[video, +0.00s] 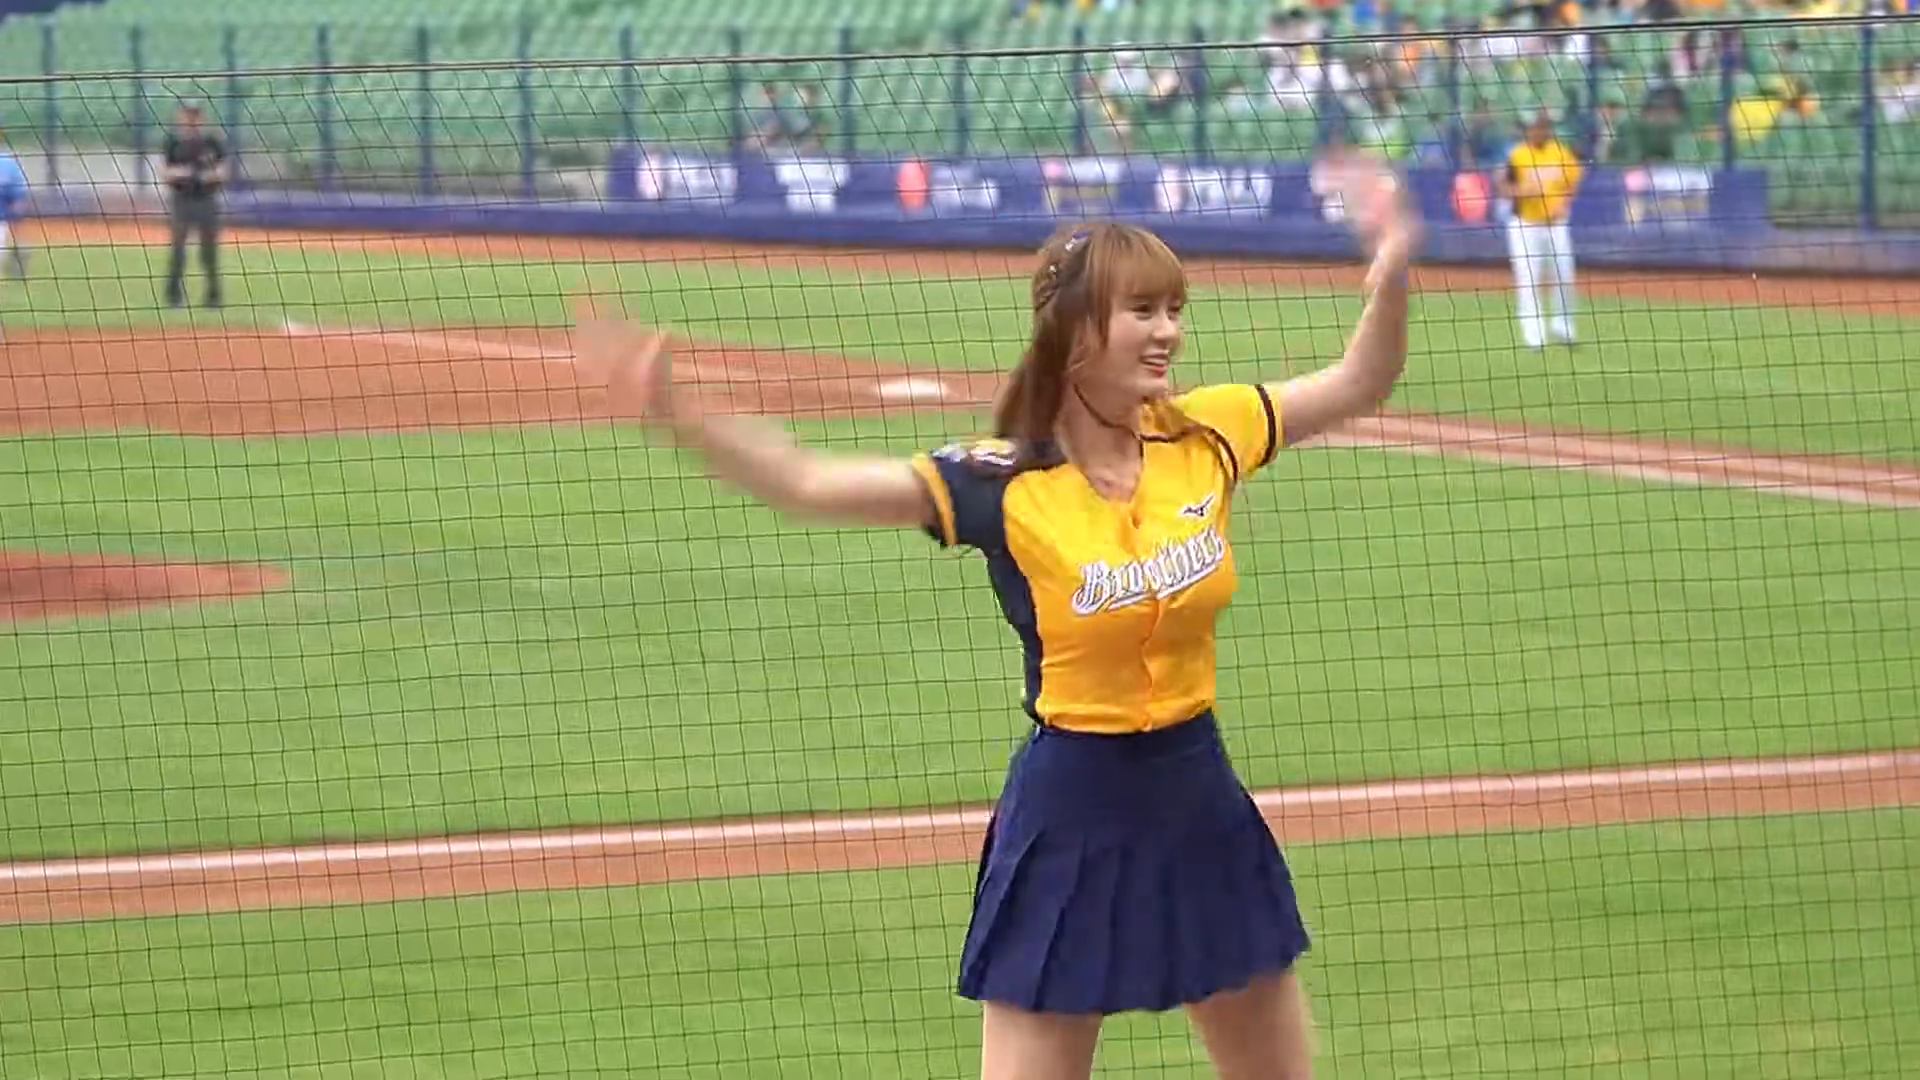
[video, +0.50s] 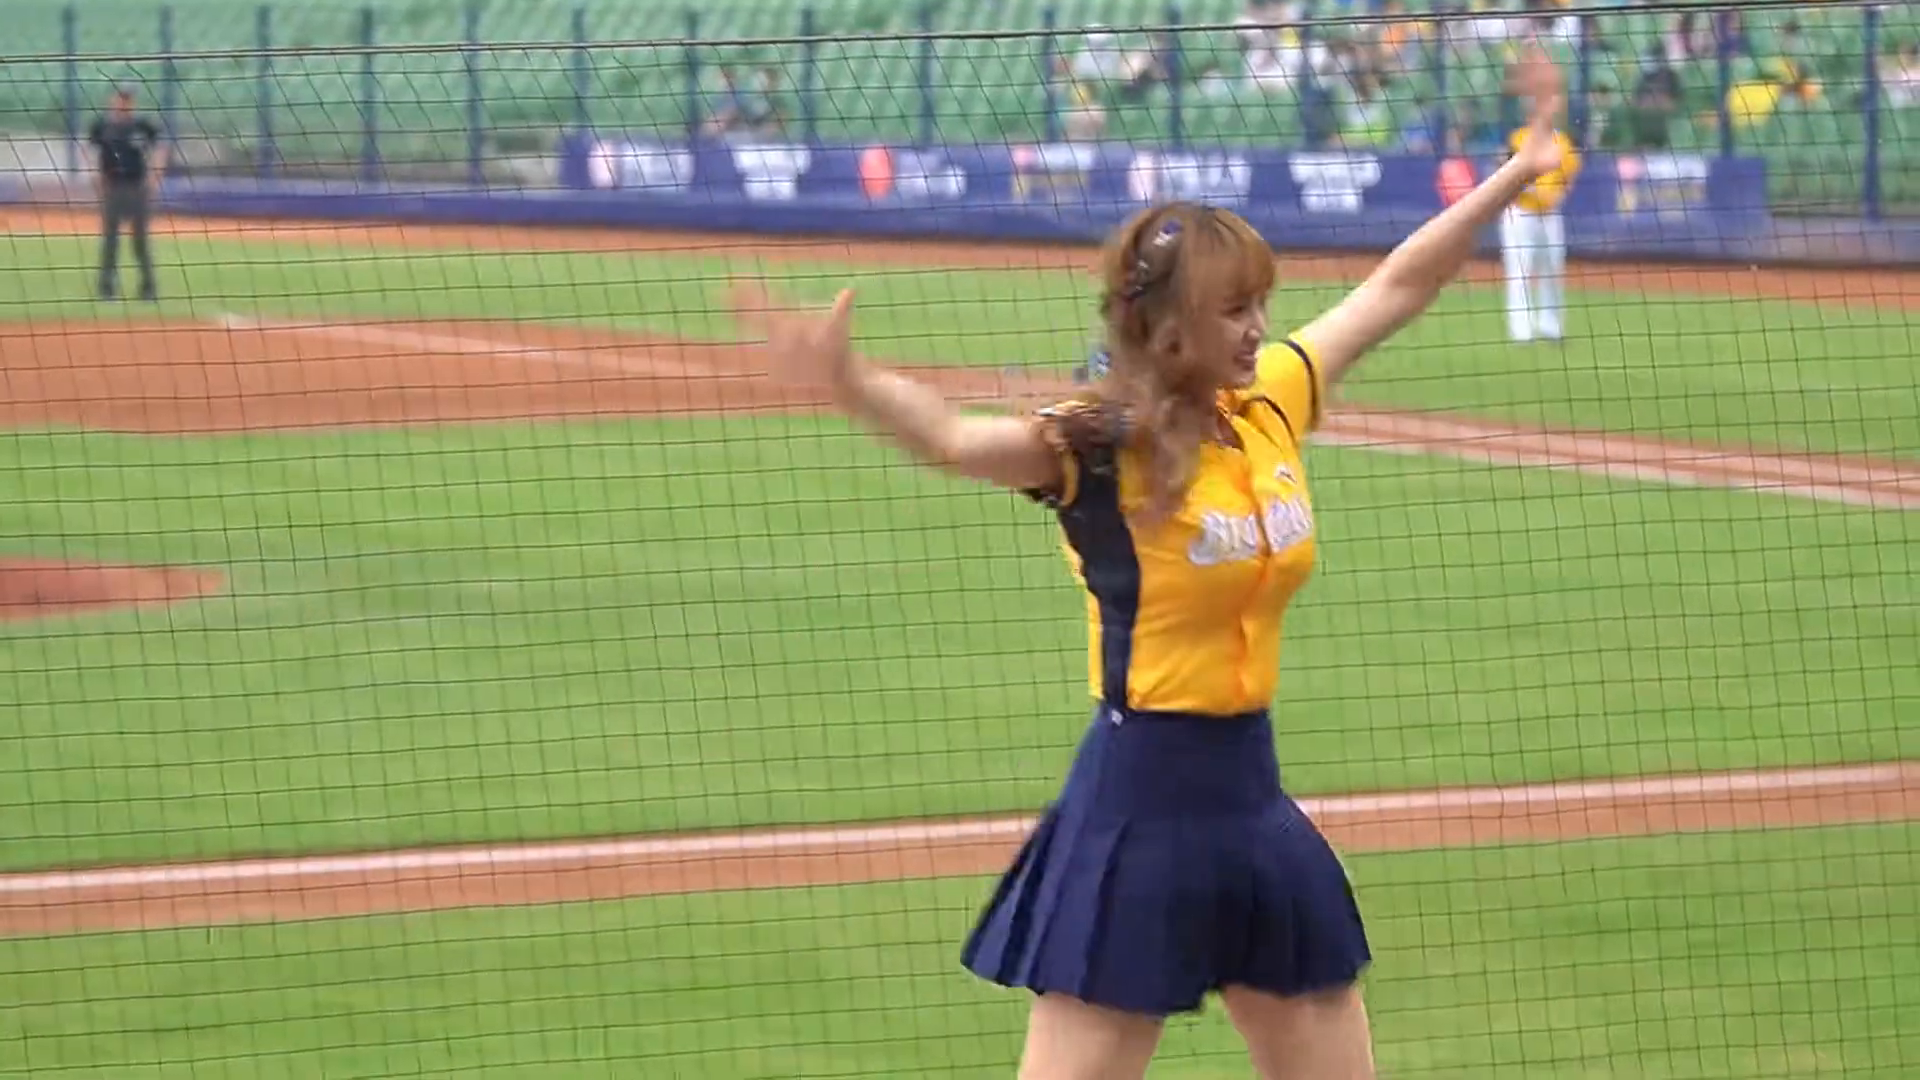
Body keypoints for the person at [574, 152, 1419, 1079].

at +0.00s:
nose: (1169, 332)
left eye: (1174, 310)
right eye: (1145, 309)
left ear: (1173, 328)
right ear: (1073, 325)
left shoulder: (1206, 433)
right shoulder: (998, 482)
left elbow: (1360, 384)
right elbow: (805, 483)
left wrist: (1391, 276)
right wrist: (675, 417)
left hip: (1201, 808)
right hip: (1068, 821)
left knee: (1278, 1066)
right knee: (1029, 1066)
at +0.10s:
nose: (1154, 337)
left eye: (1157, 316)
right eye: (1128, 317)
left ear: (1159, 331)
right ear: (1054, 343)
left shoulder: (1189, 446)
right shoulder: (997, 513)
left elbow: (1285, 526)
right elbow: (842, 643)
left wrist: (1293, 507)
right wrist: (684, 733)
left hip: (1180, 798)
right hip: (1051, 822)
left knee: (1304, 1065)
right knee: (1027, 1067)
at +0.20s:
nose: (1156, 390)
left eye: (1158, 367)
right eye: (1130, 367)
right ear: (1053, 390)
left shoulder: (1165, 504)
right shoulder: (995, 583)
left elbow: (1228, 574)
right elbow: (903, 769)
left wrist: (1314, 614)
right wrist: (800, 947)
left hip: (1157, 851)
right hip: (1037, 882)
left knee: (1332, 1067)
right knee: (1032, 1061)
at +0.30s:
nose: (1175, 361)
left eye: (1175, 340)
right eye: (1152, 344)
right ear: (1080, 374)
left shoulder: (1187, 460)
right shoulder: (1015, 552)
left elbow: (1278, 477)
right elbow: (920, 711)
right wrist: (812, 859)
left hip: (1178, 827)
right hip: (1058, 857)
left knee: (1357, 1065)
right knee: (1040, 1062)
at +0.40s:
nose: (1218, 312)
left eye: (1218, 290)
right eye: (1198, 293)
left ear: (1170, 309)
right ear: (1122, 311)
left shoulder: (1227, 393)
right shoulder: (1061, 466)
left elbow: (1332, 340)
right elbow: (915, 566)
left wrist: (1441, 287)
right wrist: (792, 608)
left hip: (1206, 772)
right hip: (1090, 785)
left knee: (1361, 1066)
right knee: (1037, 1066)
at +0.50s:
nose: (1260, 331)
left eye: (1261, 310)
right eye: (1239, 312)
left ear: (1247, 320)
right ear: (1165, 324)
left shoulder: (1271, 396)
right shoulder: (1095, 443)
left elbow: (1394, 290)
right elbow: (951, 435)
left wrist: (1502, 184)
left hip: (1253, 792)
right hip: (1137, 799)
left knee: (1336, 1063)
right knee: (1070, 1063)